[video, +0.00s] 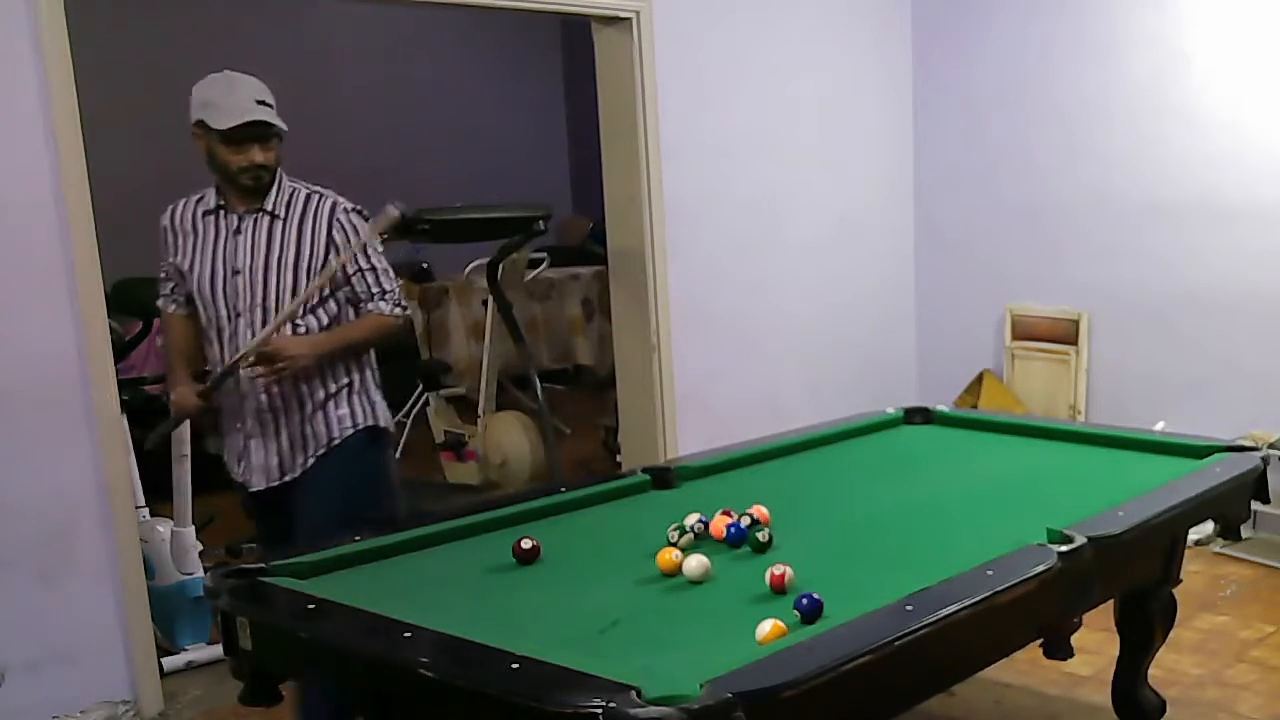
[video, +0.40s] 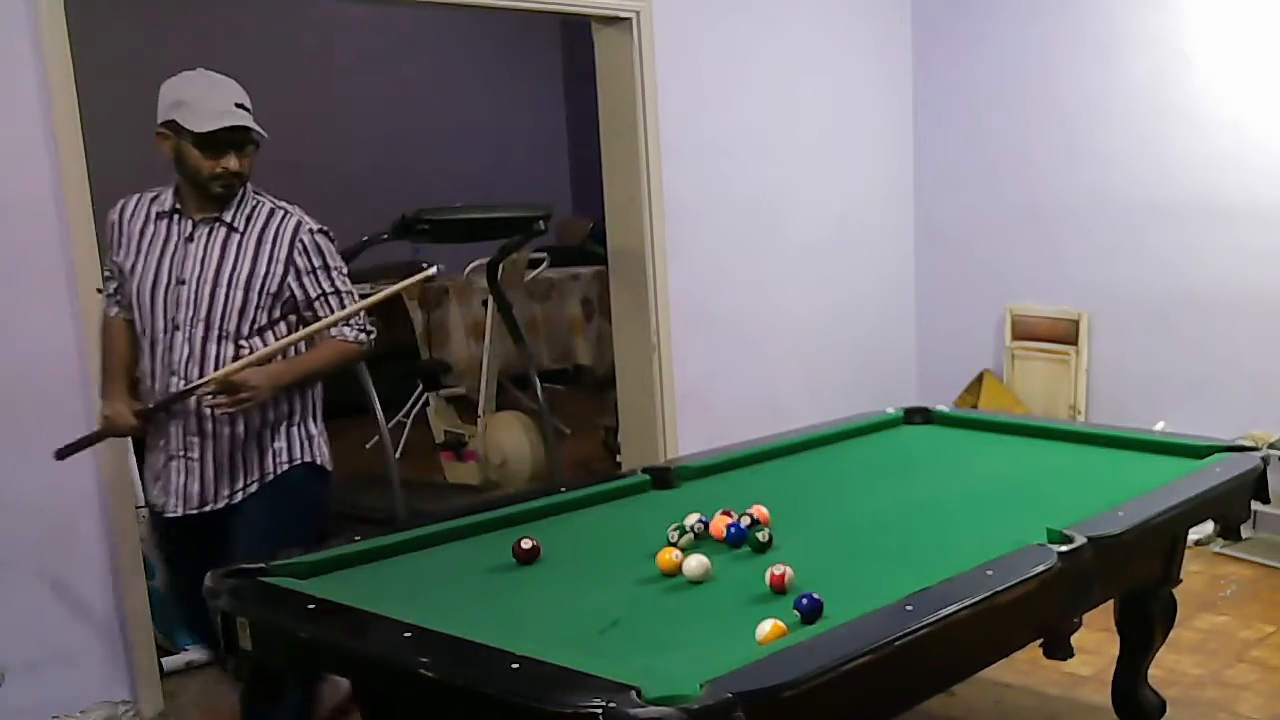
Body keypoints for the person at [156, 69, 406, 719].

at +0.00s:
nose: (256, 157)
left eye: (266, 139)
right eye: (238, 142)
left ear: (281, 138)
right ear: (202, 144)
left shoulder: (329, 212)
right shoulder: (183, 222)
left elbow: (393, 312)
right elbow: (178, 302)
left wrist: (316, 346)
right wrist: (182, 375)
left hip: (339, 437)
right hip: (255, 454)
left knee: (343, 599)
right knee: (291, 603)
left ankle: (349, 707)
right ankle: (325, 706)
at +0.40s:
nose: (231, 163)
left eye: (244, 146)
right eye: (211, 147)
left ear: (258, 143)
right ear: (169, 141)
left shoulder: (291, 232)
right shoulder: (130, 221)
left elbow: (356, 334)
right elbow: (120, 307)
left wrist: (276, 376)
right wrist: (117, 390)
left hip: (274, 470)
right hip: (177, 480)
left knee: (271, 642)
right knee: (210, 646)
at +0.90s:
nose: (179, 168)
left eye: (186, 150)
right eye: (159, 150)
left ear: (198, 147)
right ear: (101, 144)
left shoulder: (231, 239)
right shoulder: (45, 231)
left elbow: (300, 347)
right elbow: (27, 323)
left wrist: (221, 395)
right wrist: (28, 421)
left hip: (220, 514)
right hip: (97, 522)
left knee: (248, 695)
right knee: (92, 698)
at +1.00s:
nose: (153, 173)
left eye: (161, 155)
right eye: (132, 155)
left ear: (174, 152)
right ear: (71, 150)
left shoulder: (207, 247)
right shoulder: (18, 241)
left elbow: (280, 352)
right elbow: (7, 347)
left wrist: (207, 400)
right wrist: (5, 435)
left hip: (202, 528)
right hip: (75, 537)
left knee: (240, 700)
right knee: (76, 706)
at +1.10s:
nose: (122, 174)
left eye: (128, 155)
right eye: (100, 156)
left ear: (138, 151)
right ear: (39, 151)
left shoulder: (177, 248)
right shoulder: (7, 247)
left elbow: (247, 352)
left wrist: (185, 406)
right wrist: (4, 457)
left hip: (177, 538)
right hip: (46, 555)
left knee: (226, 704)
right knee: (57, 711)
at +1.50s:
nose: (22, 152)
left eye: (25, 135)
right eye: (10, 136)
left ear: (32, 140)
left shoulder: (73, 230)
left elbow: (143, 338)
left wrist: (103, 404)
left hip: (96, 517)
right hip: (4, 542)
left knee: (129, 695)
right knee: (18, 704)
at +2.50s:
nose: (115, 171)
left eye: (116, 149)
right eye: (96, 149)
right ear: (19, 142)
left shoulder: (132, 262)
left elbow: (172, 388)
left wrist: (164, 446)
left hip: (118, 616)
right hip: (9, 625)